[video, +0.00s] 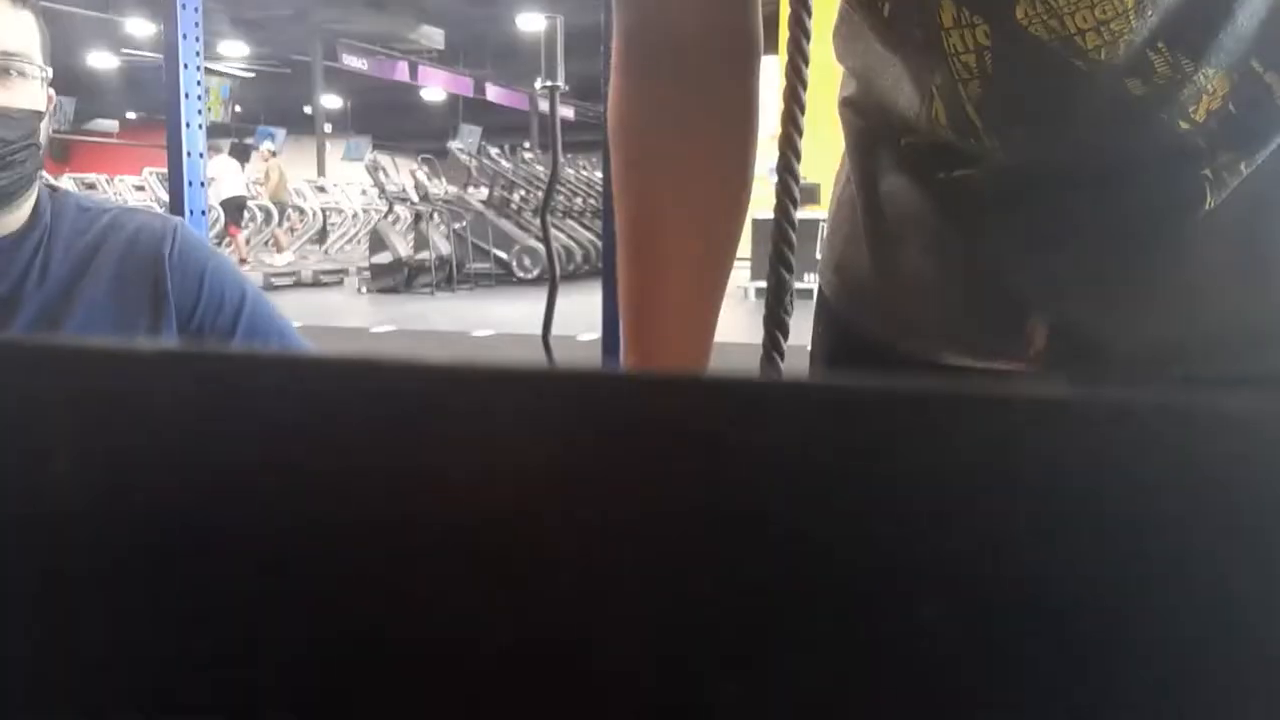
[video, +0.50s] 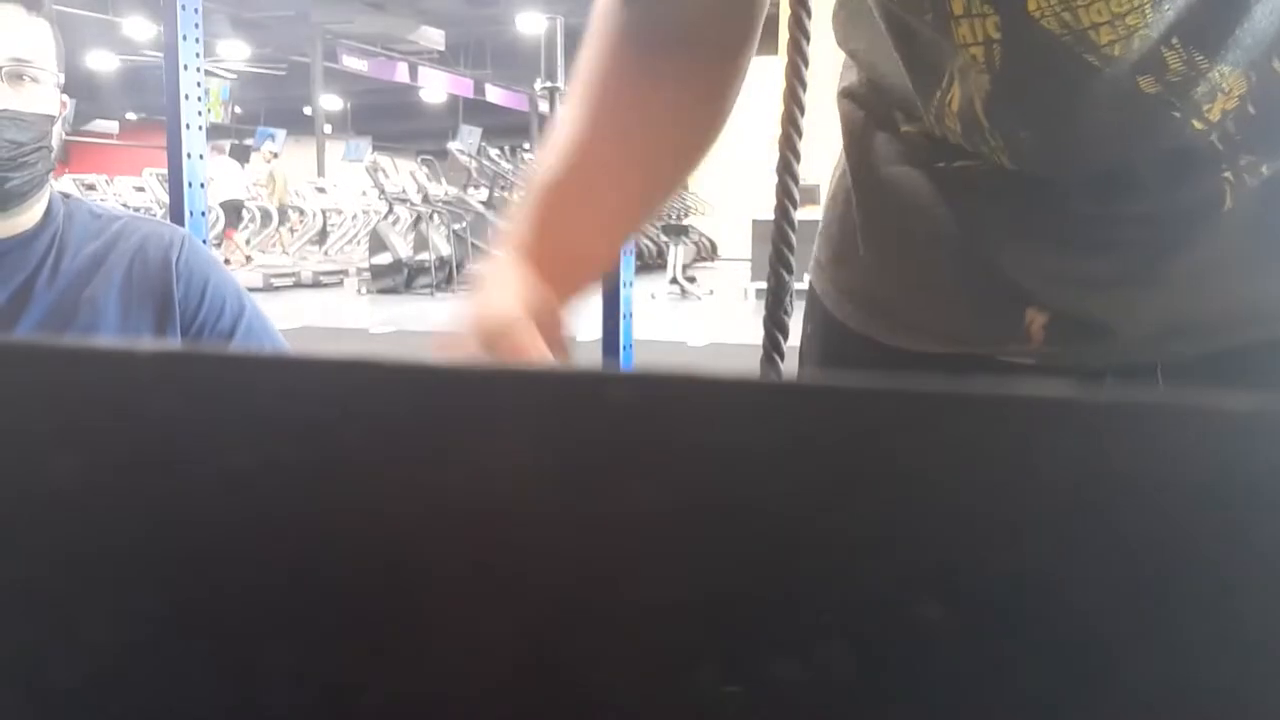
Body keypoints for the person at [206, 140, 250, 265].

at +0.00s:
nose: (208, 156)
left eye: (208, 154)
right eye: (208, 154)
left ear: (211, 152)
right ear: (222, 151)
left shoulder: (213, 162)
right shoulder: (234, 161)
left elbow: (209, 179)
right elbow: (242, 178)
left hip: (226, 195)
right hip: (241, 193)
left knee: (231, 226)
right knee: (236, 227)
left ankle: (243, 257)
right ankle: (240, 255)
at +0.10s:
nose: (207, 160)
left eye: (207, 157)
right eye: (207, 158)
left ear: (211, 155)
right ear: (222, 154)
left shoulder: (213, 165)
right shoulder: (233, 164)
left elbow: (208, 182)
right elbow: (242, 181)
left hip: (225, 198)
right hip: (241, 196)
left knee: (231, 229)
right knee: (232, 229)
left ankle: (243, 260)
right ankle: (236, 258)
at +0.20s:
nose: (209, 157)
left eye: (209, 155)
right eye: (209, 155)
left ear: (212, 153)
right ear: (223, 152)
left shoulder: (213, 163)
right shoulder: (234, 162)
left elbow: (209, 181)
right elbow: (245, 180)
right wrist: (253, 194)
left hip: (227, 197)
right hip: (242, 195)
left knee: (235, 229)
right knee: (232, 230)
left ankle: (246, 257)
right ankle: (228, 255)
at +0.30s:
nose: (208, 157)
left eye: (209, 155)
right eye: (208, 155)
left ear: (212, 154)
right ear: (223, 153)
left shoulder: (213, 163)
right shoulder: (234, 163)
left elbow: (208, 182)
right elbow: (245, 180)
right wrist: (253, 195)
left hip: (227, 198)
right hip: (241, 197)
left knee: (236, 230)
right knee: (229, 231)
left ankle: (247, 258)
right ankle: (225, 256)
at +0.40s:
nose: (209, 156)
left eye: (210, 154)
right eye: (209, 154)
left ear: (213, 153)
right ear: (225, 152)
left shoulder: (213, 164)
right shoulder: (235, 163)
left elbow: (208, 181)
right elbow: (245, 182)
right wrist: (253, 194)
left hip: (225, 198)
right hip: (240, 197)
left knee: (233, 230)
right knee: (228, 231)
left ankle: (249, 257)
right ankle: (225, 256)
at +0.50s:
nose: (208, 155)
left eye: (209, 152)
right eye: (209, 153)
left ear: (212, 151)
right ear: (225, 151)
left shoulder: (212, 162)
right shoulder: (235, 163)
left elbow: (207, 180)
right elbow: (246, 182)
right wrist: (254, 195)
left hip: (223, 198)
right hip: (239, 198)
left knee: (230, 230)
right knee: (231, 230)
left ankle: (247, 254)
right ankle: (226, 257)